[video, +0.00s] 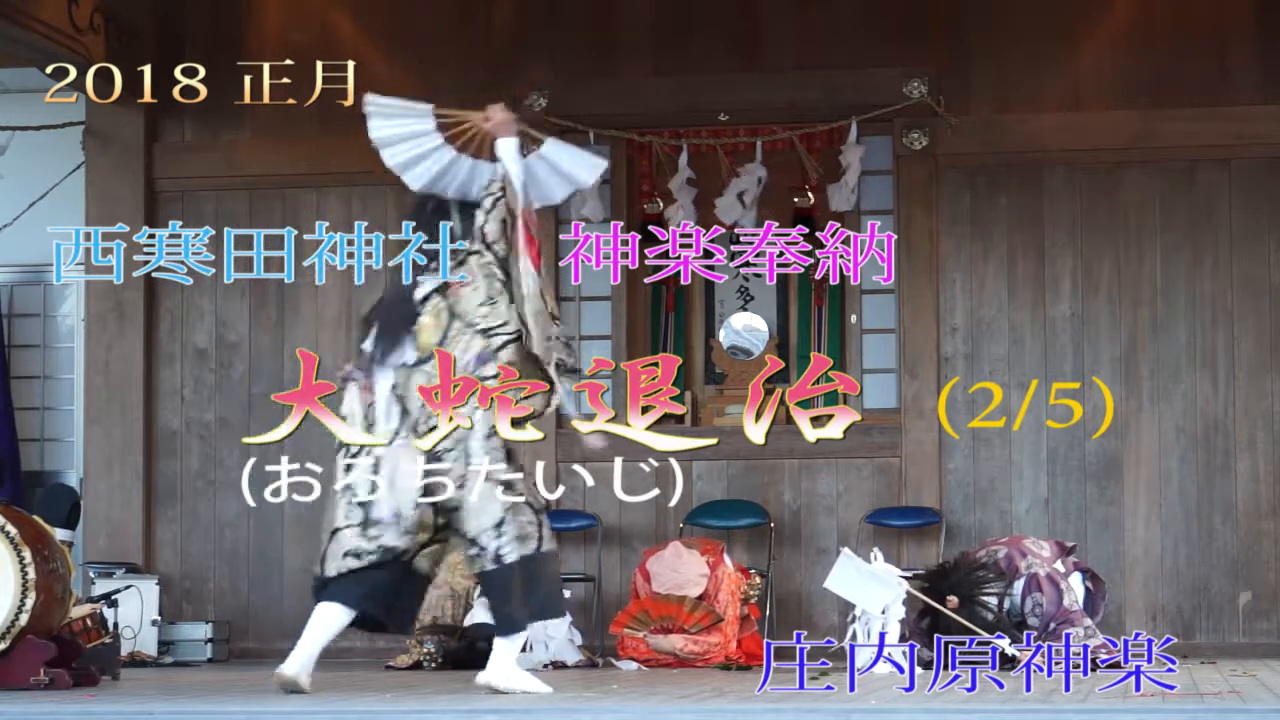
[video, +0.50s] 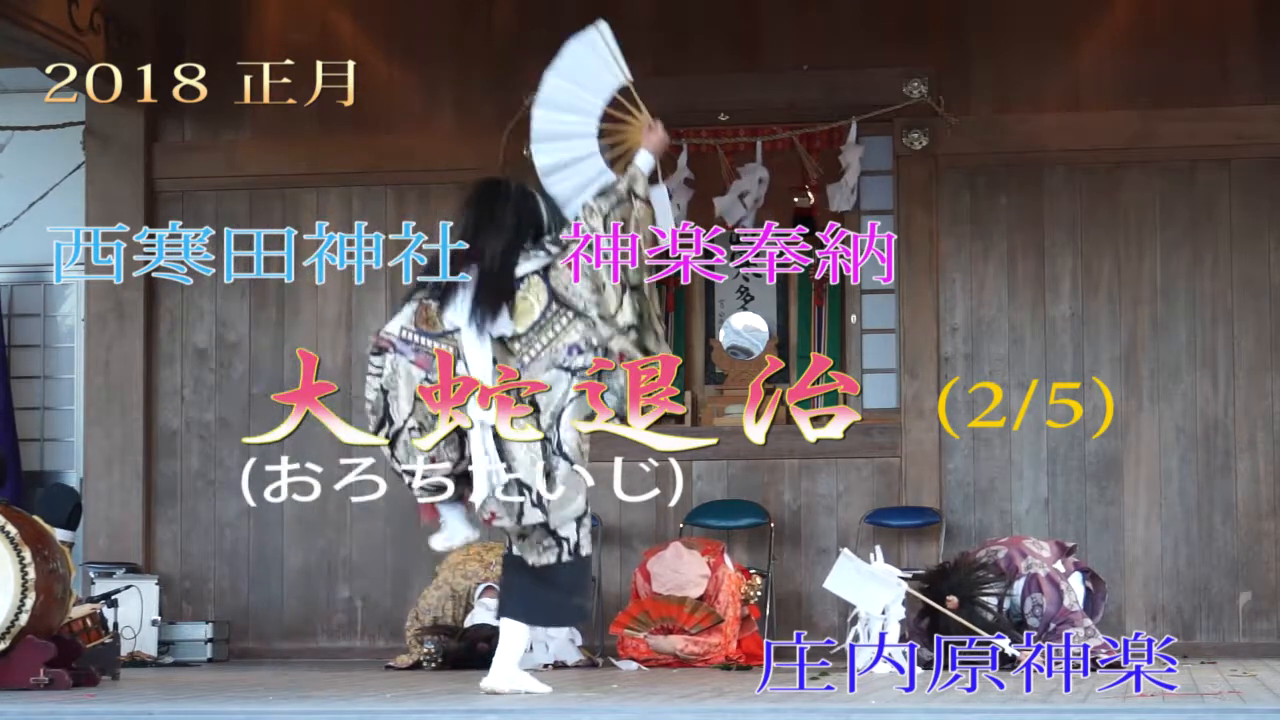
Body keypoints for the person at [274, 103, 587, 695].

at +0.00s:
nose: (482, 255)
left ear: (416, 243)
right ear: (464, 243)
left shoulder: (395, 308)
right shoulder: (477, 284)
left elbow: (372, 385)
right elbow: (502, 210)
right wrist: (507, 142)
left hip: (395, 452)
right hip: (464, 449)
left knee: (376, 548)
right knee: (516, 536)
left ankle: (303, 657)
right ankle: (505, 661)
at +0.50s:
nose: (544, 226)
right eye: (538, 218)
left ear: (475, 229)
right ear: (532, 225)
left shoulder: (459, 292)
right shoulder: (552, 274)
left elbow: (390, 342)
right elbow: (598, 226)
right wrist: (644, 161)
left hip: (494, 437)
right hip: (539, 438)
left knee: (545, 524)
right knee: (532, 539)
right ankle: (507, 664)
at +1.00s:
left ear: (444, 233)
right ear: (508, 235)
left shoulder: (416, 298)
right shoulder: (527, 288)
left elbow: (382, 375)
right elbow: (582, 239)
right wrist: (608, 172)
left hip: (424, 448)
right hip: (503, 445)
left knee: (410, 550)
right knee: (509, 547)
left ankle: (396, 666)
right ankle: (504, 660)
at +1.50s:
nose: (484, 220)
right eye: (479, 211)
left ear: (422, 217)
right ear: (477, 215)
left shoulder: (398, 272)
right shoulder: (493, 262)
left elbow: (373, 359)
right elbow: (539, 226)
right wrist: (572, 164)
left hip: (395, 418)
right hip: (460, 420)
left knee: (398, 530)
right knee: (460, 529)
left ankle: (393, 647)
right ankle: (449, 645)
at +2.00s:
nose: (513, 217)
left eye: (506, 208)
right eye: (508, 207)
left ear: (451, 216)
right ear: (503, 215)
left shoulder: (427, 272)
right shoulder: (508, 266)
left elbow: (389, 345)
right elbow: (567, 235)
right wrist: (614, 179)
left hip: (423, 409)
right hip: (482, 410)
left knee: (429, 518)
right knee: (472, 520)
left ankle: (433, 638)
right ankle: (450, 641)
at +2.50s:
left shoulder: (468, 307)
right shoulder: (549, 282)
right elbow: (581, 263)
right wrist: (612, 209)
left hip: (452, 457)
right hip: (514, 454)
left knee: (465, 550)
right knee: (616, 470)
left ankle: (454, 661)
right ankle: (640, 570)